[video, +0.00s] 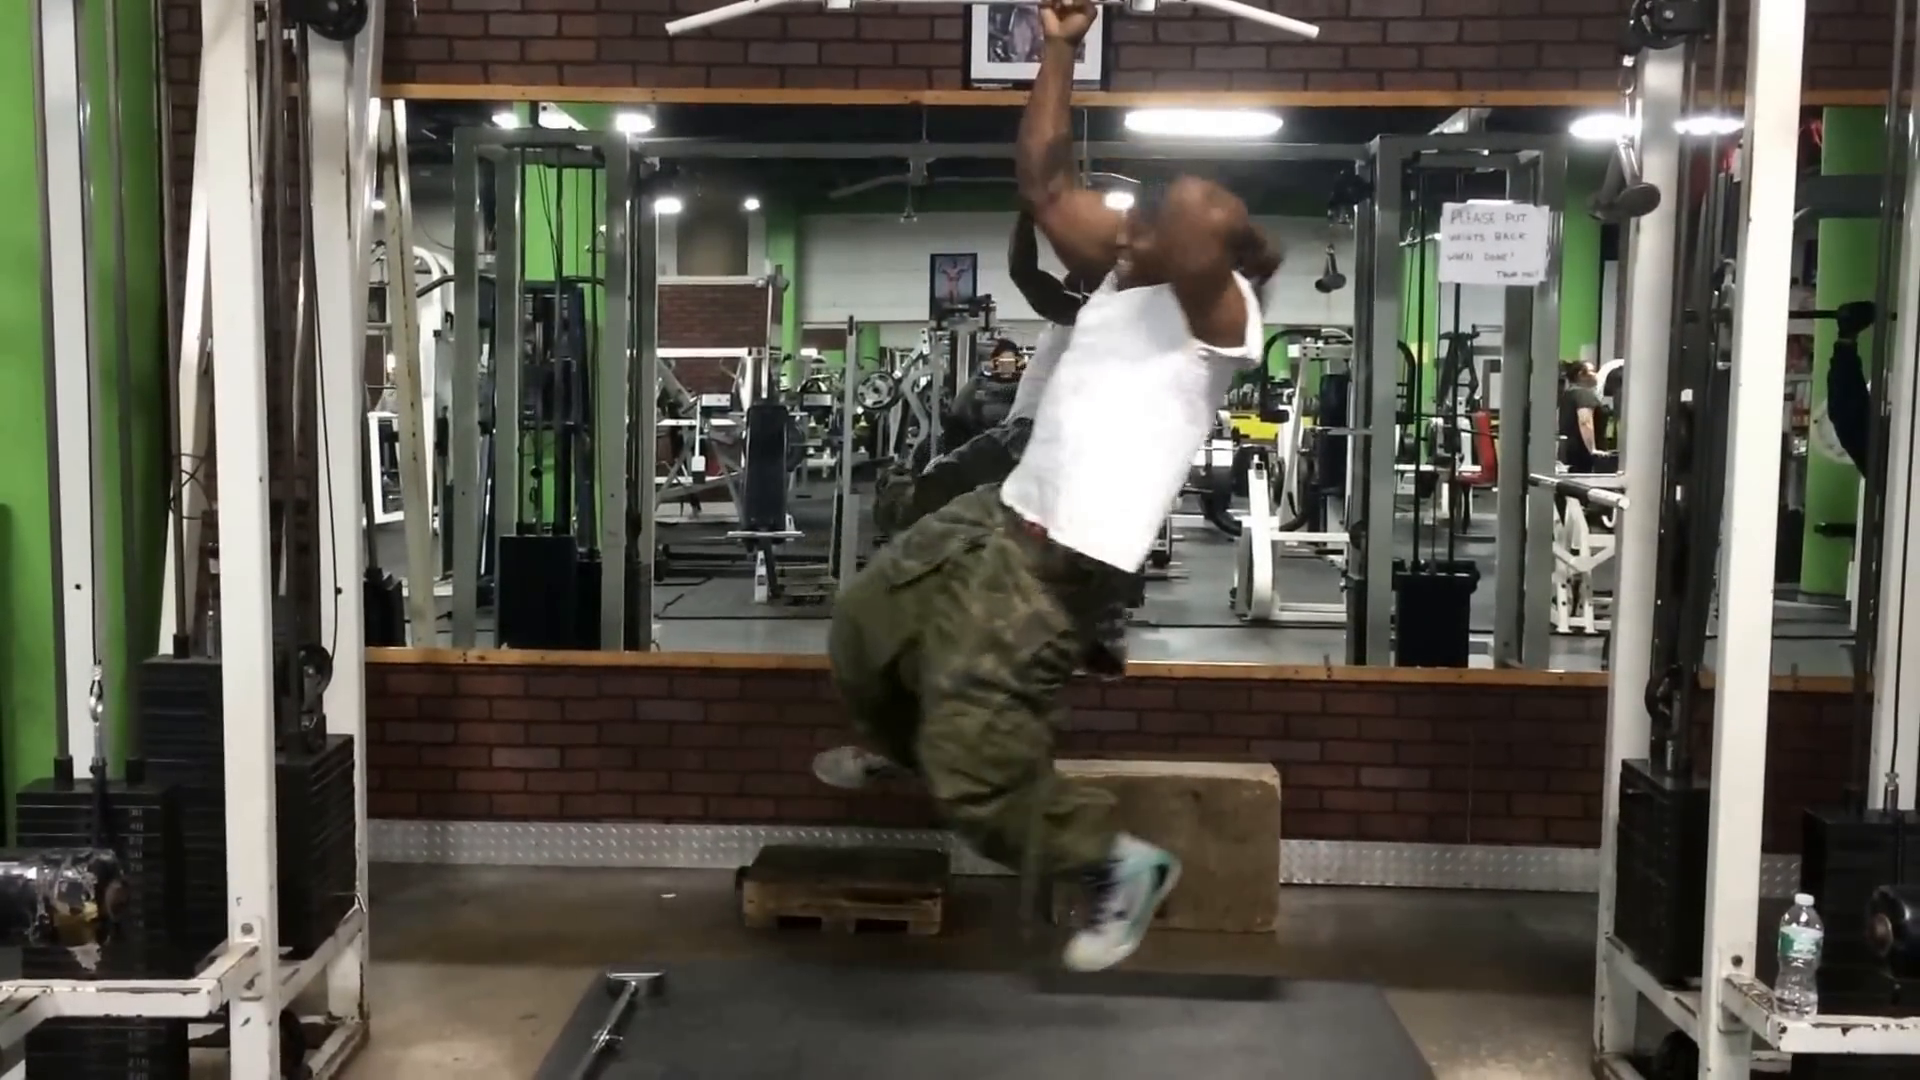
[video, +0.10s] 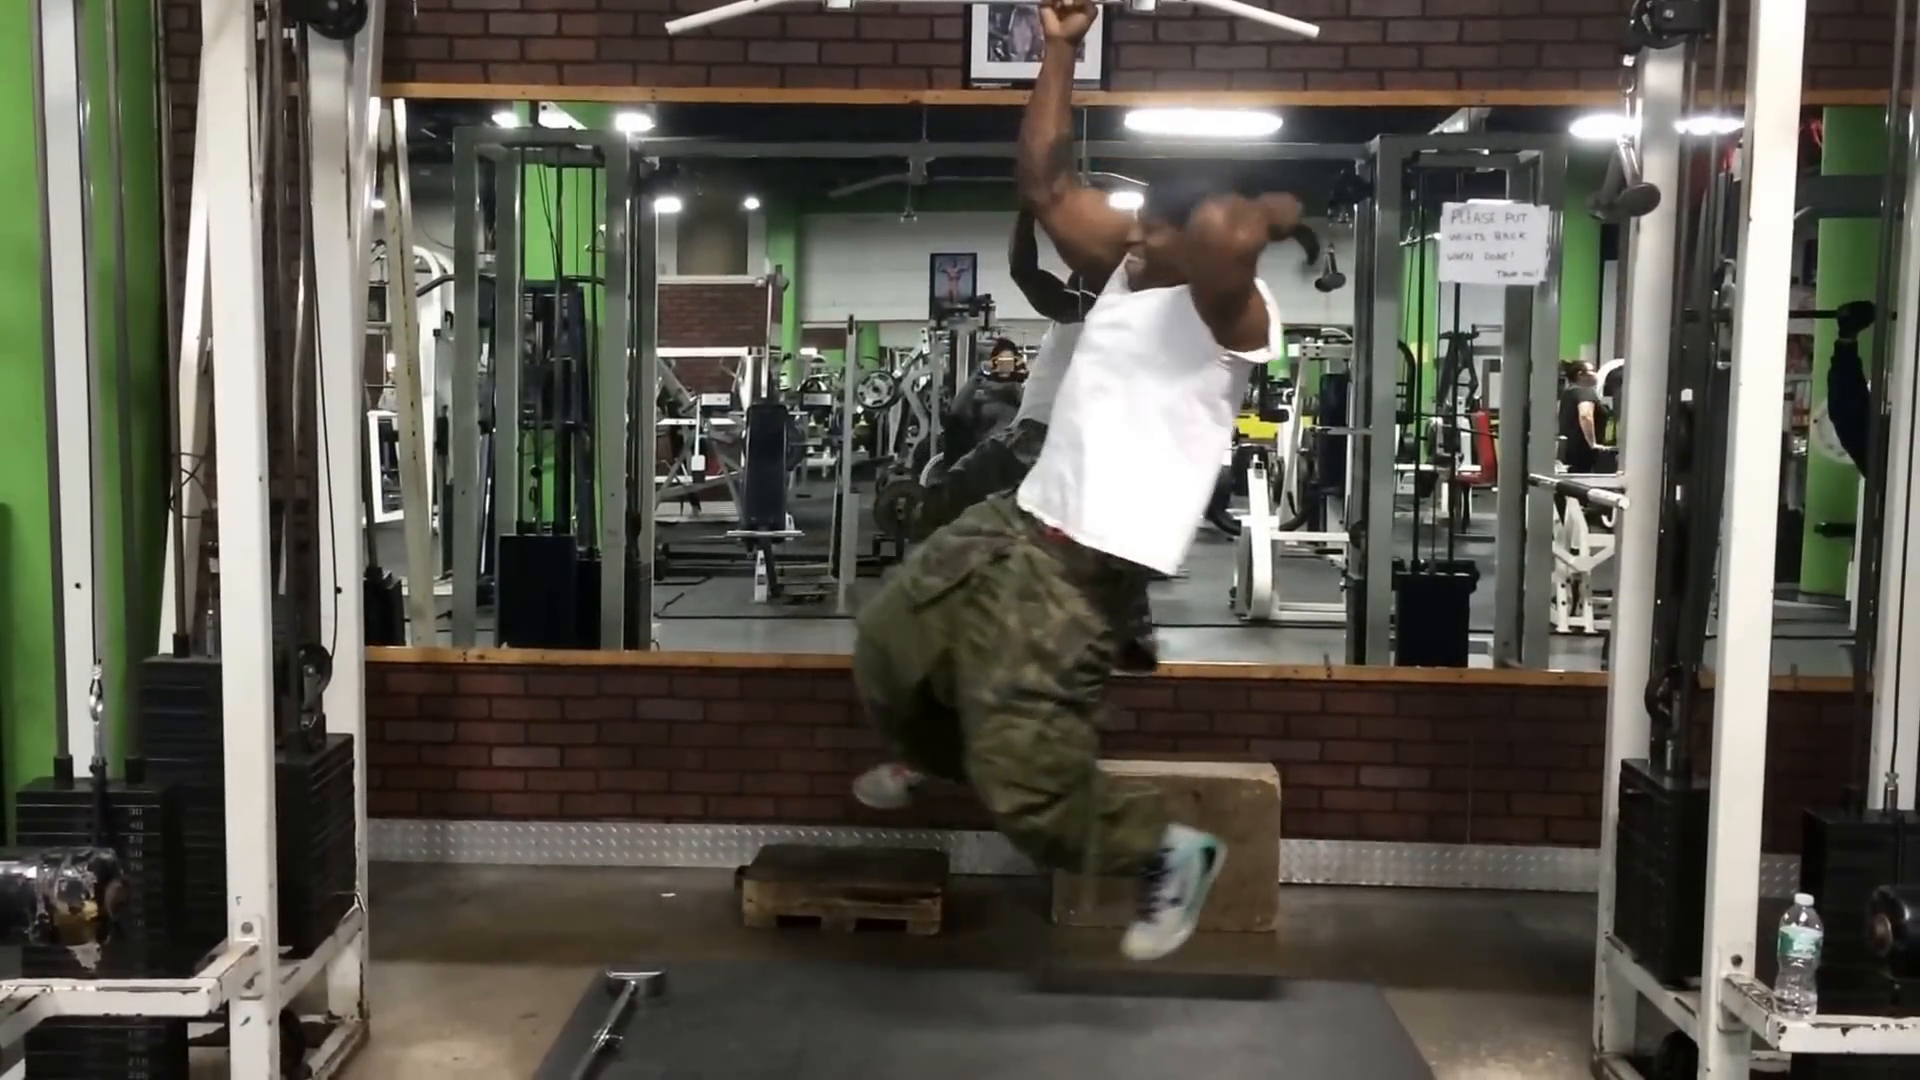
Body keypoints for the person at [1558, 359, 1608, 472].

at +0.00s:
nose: (1596, 374)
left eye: (1594, 371)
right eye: (1592, 371)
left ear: (1580, 375)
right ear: (1581, 375)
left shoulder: (1568, 393)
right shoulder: (1585, 394)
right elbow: (1585, 422)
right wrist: (1593, 449)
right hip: (1582, 453)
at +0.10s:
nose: (1596, 374)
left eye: (1595, 371)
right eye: (1592, 371)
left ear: (1580, 375)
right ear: (1581, 374)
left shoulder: (1568, 393)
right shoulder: (1585, 392)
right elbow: (1585, 416)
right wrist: (1593, 443)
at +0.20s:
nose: (1595, 374)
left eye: (1594, 370)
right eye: (1592, 370)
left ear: (1580, 374)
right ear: (1581, 374)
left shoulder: (1568, 391)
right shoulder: (1587, 390)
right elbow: (1586, 409)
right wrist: (1593, 436)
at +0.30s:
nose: (1596, 374)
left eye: (1595, 370)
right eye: (1592, 370)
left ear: (1580, 375)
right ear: (1582, 374)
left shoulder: (1567, 390)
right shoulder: (1587, 388)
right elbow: (1586, 404)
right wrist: (1595, 430)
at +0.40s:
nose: (1596, 373)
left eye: (1595, 369)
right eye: (1593, 369)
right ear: (1582, 373)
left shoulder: (1564, 390)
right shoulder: (1588, 388)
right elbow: (1586, 400)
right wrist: (1595, 425)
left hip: (1569, 445)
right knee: (1618, 444)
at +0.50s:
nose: (1596, 372)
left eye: (1595, 368)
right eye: (1593, 369)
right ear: (1582, 372)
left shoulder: (1567, 387)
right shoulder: (1589, 386)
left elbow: (1557, 390)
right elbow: (1587, 398)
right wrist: (1596, 423)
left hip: (1569, 443)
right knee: (1618, 445)